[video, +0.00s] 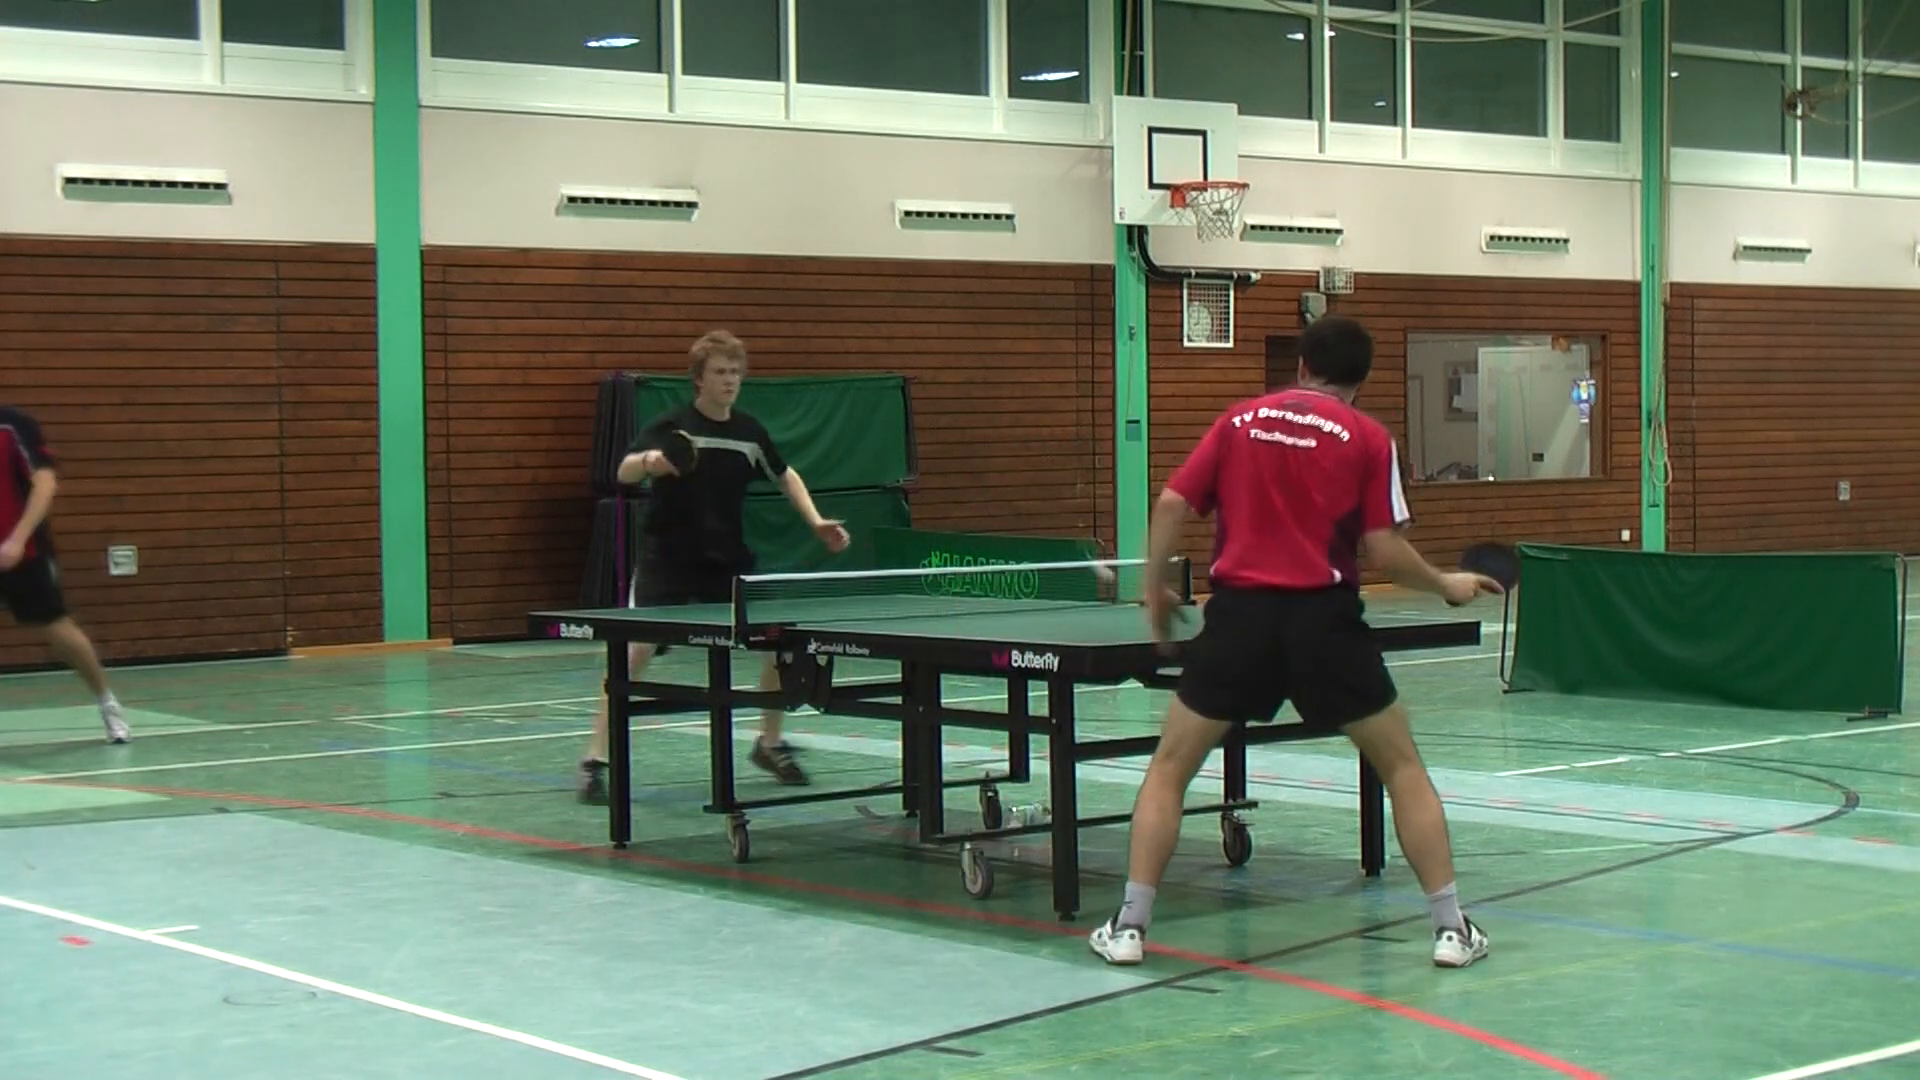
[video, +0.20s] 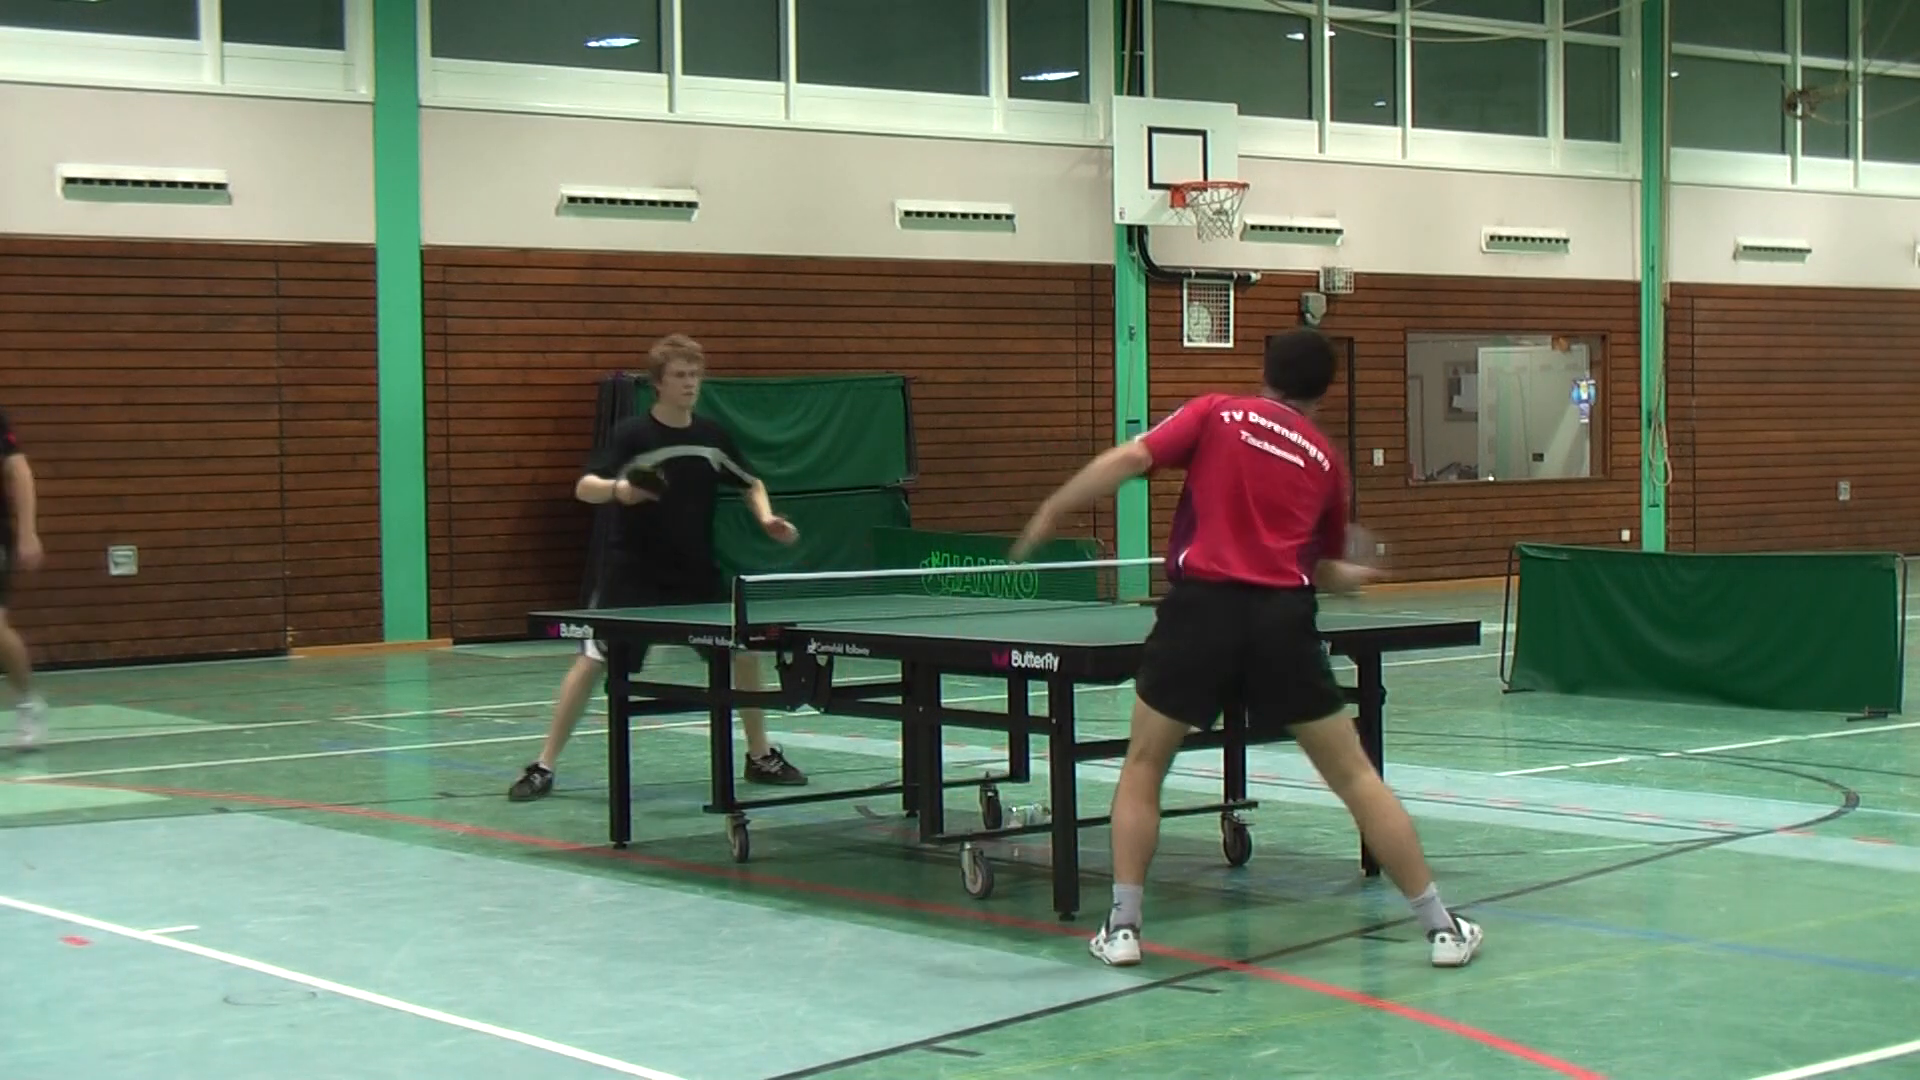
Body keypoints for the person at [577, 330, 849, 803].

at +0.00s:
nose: (730, 380)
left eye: (735, 373)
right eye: (720, 372)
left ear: (742, 378)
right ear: (698, 377)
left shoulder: (750, 431)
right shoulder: (670, 427)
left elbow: (786, 476)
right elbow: (623, 473)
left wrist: (816, 521)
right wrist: (646, 464)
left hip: (729, 563)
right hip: (667, 564)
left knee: (780, 641)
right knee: (635, 652)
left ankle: (770, 742)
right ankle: (595, 757)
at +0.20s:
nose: (690, 384)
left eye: (695, 376)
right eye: (680, 376)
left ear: (701, 380)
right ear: (657, 381)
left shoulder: (713, 436)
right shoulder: (632, 435)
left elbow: (750, 482)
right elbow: (584, 486)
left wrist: (765, 516)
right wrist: (617, 489)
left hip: (696, 574)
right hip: (633, 575)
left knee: (744, 650)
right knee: (592, 660)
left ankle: (760, 755)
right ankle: (544, 766)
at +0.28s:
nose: (671, 378)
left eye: (676, 370)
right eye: (660, 370)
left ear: (683, 375)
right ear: (637, 376)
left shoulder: (694, 427)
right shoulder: (612, 428)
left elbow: (732, 476)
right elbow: (571, 487)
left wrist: (739, 509)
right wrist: (606, 501)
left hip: (674, 563)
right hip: (610, 566)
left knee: (723, 644)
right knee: (567, 643)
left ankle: (743, 748)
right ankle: (531, 756)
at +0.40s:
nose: (629, 397)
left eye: (634, 388)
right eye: (619, 390)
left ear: (642, 390)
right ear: (599, 396)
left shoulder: (665, 442)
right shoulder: (582, 449)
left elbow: (705, 490)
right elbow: (542, 510)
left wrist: (698, 523)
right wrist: (568, 545)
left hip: (652, 577)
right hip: (591, 577)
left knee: (703, 655)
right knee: (537, 646)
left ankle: (709, 751)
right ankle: (483, 749)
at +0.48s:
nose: (579, 419)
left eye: (587, 409)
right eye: (571, 412)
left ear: (603, 410)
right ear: (558, 418)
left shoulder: (634, 460)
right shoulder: (547, 477)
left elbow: (683, 505)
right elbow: (509, 529)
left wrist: (686, 548)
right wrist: (485, 578)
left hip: (635, 596)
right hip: (568, 595)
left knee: (699, 666)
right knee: (509, 659)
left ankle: (710, 756)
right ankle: (451, 759)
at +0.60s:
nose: (488, 442)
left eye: (496, 432)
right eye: (481, 435)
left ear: (518, 431)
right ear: (473, 441)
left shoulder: (561, 476)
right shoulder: (474, 498)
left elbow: (624, 502)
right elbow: (423, 543)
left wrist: (672, 547)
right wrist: (361, 568)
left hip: (587, 597)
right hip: (518, 601)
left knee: (648, 670)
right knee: (464, 663)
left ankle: (710, 752)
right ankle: (427, 776)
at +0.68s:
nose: (440, 440)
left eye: (449, 430)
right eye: (434, 432)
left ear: (473, 430)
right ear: (429, 436)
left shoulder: (515, 472)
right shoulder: (429, 493)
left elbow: (582, 494)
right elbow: (387, 548)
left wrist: (649, 519)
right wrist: (351, 534)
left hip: (542, 597)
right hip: (479, 604)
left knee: (607, 667)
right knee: (430, 657)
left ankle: (670, 746)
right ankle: (424, 775)